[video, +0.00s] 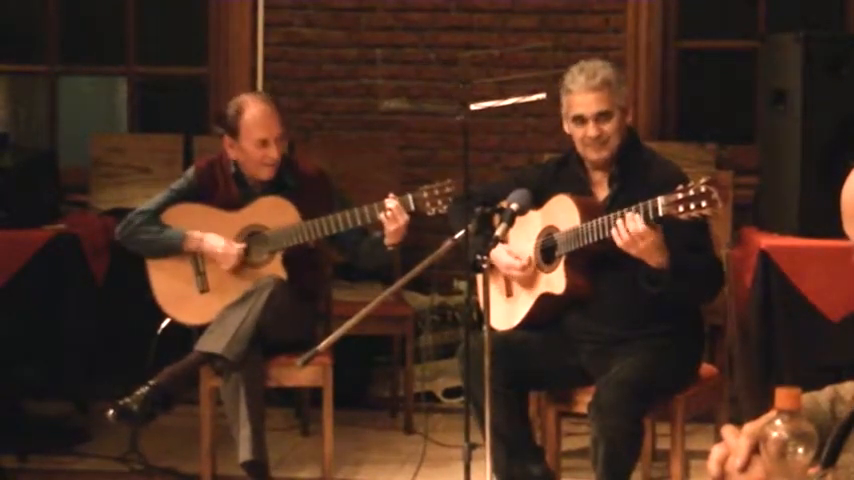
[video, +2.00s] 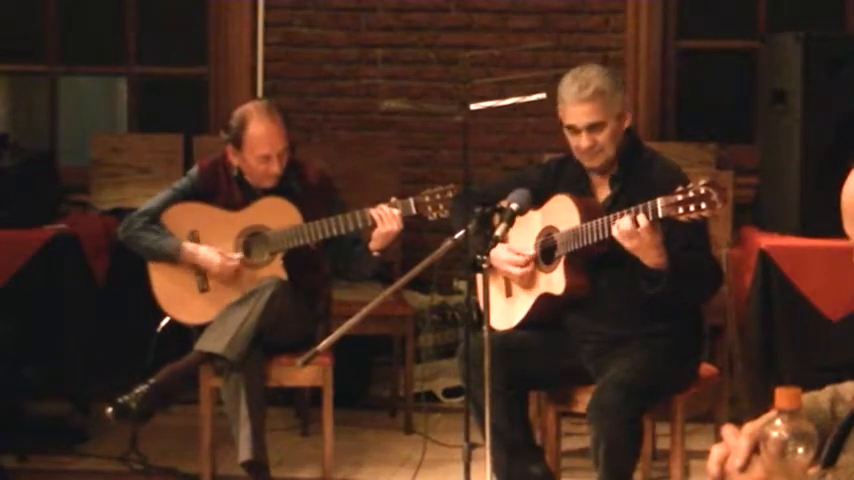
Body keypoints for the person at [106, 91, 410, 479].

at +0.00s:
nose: (274, 153)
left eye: (279, 141)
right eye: (262, 144)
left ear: (286, 137)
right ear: (231, 146)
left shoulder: (307, 183)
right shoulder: (208, 178)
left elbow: (355, 249)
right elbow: (131, 230)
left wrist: (388, 242)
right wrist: (200, 242)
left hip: (296, 314)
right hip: (229, 311)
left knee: (270, 290)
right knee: (243, 353)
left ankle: (167, 383)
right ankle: (254, 468)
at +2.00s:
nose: (276, 168)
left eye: (282, 156)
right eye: (264, 159)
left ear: (289, 145)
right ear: (234, 155)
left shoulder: (308, 184)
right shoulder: (210, 178)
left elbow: (344, 262)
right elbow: (133, 229)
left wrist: (375, 250)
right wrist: (197, 255)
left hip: (296, 315)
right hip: (229, 311)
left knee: (272, 291)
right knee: (244, 350)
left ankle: (167, 381)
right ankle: (255, 468)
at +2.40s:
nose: (277, 166)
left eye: (282, 153)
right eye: (265, 157)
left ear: (289, 143)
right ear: (234, 155)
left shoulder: (309, 183)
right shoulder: (210, 177)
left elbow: (345, 263)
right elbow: (130, 228)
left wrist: (380, 248)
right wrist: (196, 250)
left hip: (296, 316)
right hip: (229, 310)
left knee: (272, 289)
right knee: (244, 352)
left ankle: (166, 380)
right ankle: (255, 468)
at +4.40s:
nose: (271, 158)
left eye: (276, 146)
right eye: (259, 148)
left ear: (284, 140)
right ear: (226, 146)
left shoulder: (306, 187)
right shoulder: (196, 177)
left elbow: (343, 278)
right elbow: (113, 233)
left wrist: (371, 263)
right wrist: (181, 258)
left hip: (288, 326)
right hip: (212, 322)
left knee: (255, 295)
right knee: (230, 368)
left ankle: (153, 403)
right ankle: (239, 475)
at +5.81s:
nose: (170, 143)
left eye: (188, 130)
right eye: (160, 126)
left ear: (225, 132)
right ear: (150, 120)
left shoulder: (268, 190)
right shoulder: (130, 177)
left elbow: (292, 311)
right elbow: (30, 249)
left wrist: (316, 289)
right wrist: (120, 276)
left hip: (243, 366)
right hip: (148, 356)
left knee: (213, 330)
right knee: (176, 427)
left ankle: (97, 442)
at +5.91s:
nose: (161, 142)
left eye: (180, 129)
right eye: (153, 124)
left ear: (220, 132)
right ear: (143, 119)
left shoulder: (265, 190)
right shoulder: (123, 177)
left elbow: (293, 314)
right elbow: (21, 251)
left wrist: (314, 291)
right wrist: (110, 277)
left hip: (242, 370)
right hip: (144, 359)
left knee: (207, 333)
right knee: (172, 433)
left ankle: (92, 446)